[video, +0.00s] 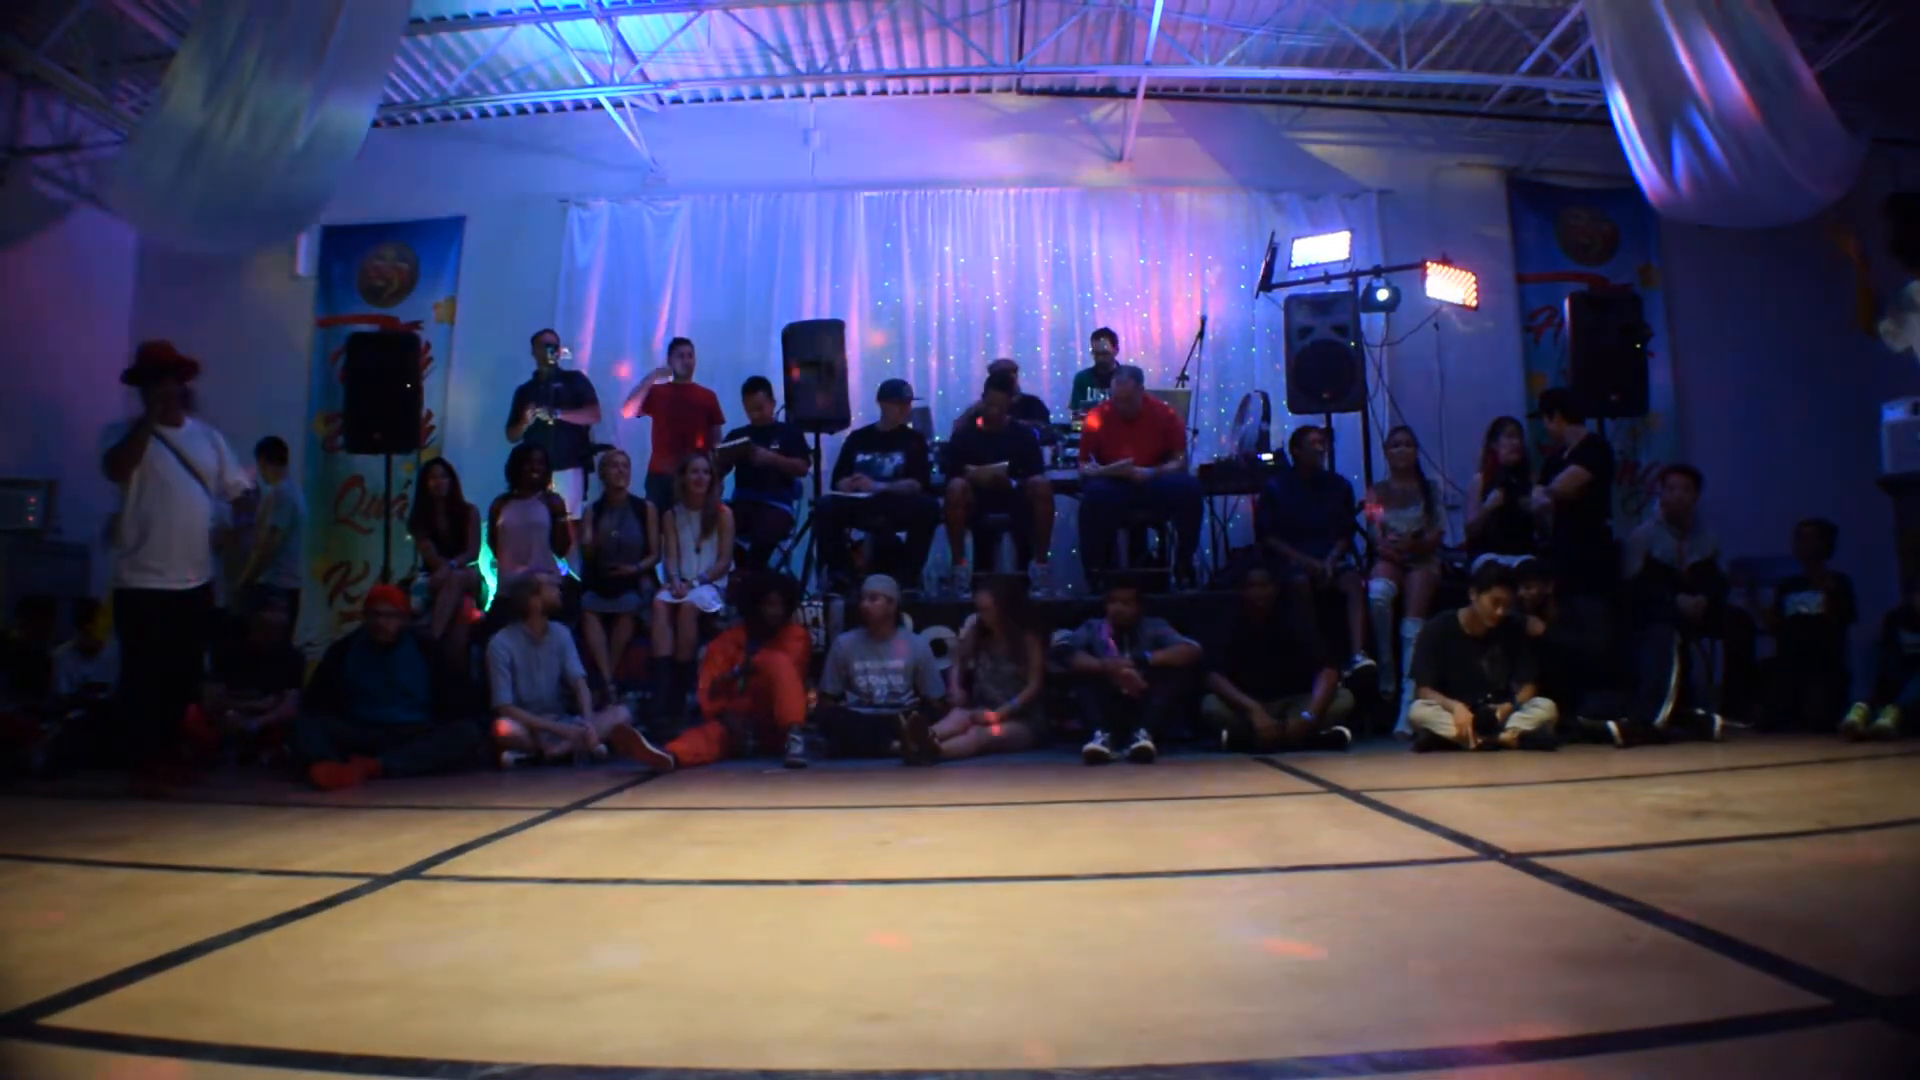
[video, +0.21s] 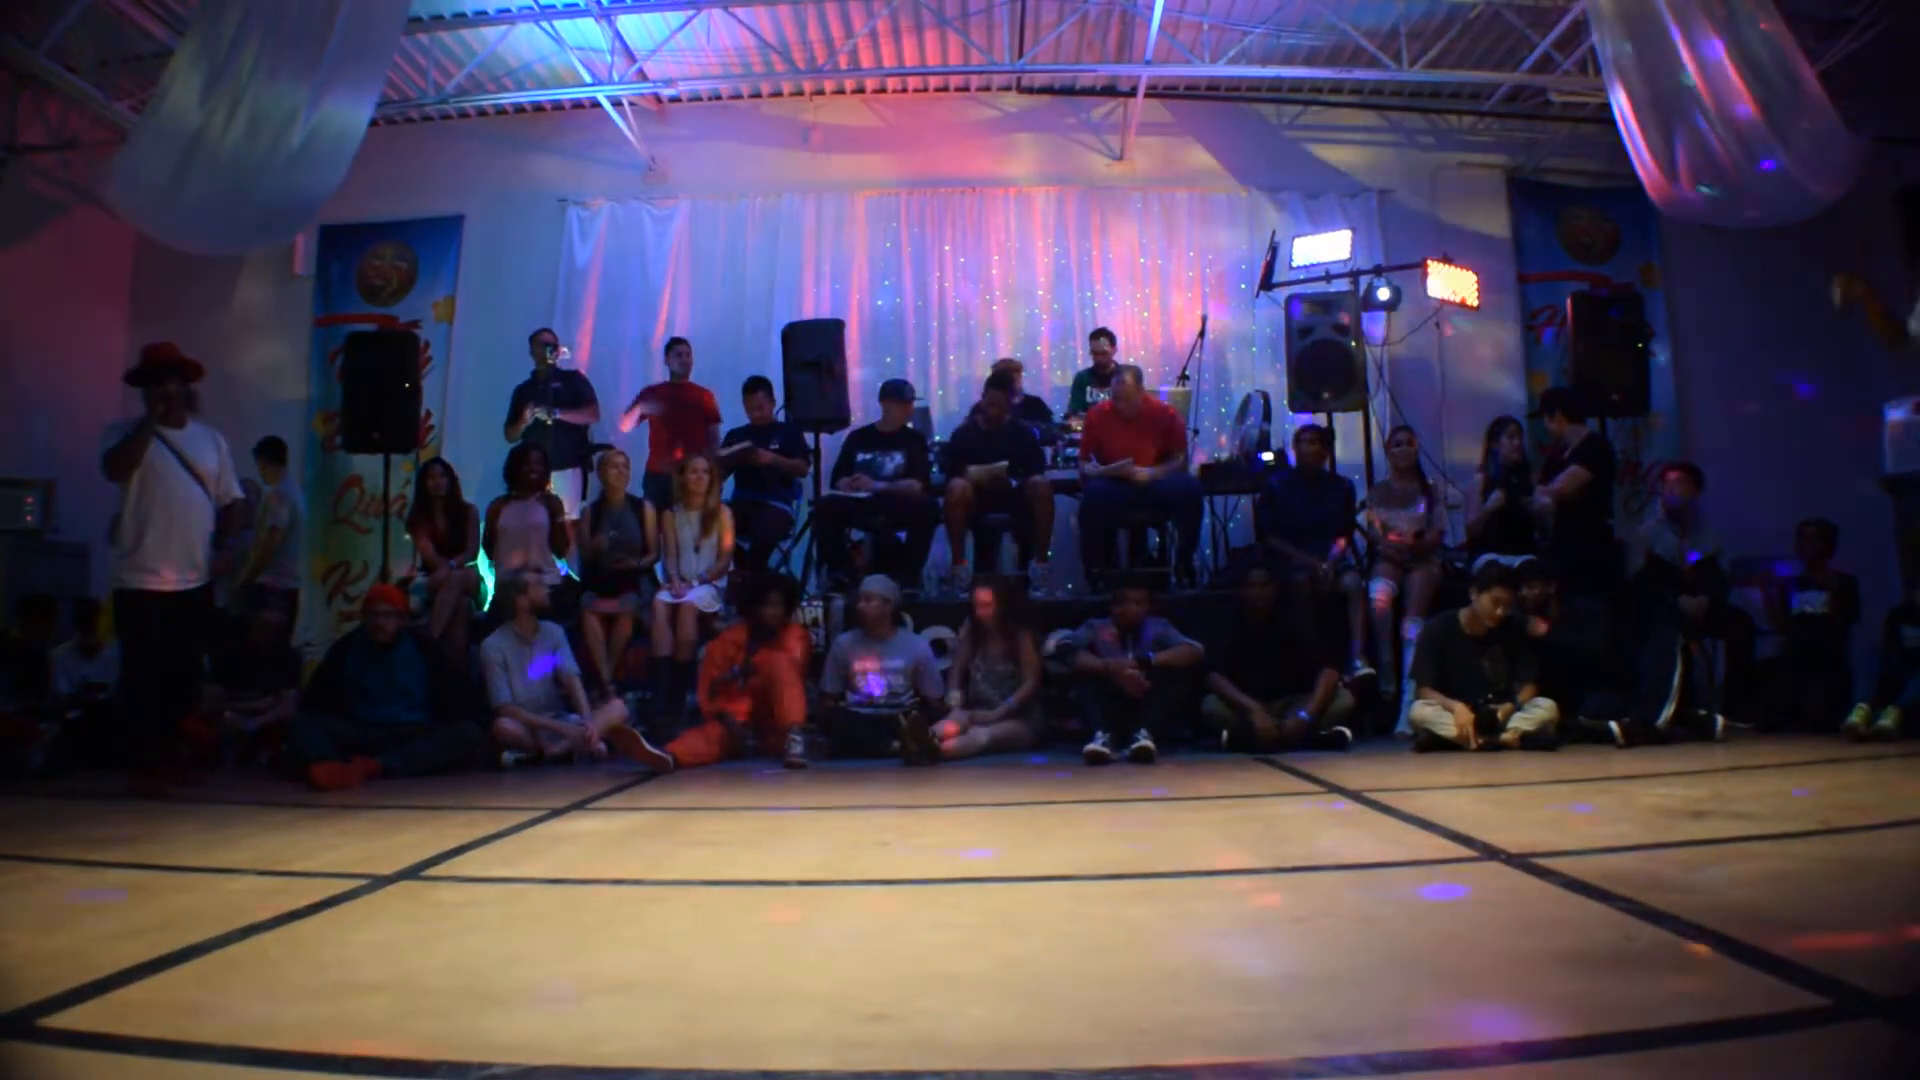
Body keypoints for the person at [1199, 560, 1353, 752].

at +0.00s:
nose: (1259, 592)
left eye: (1265, 586)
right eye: (1252, 587)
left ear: (1275, 589)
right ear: (1243, 592)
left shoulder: (1292, 620)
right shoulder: (1234, 626)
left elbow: (1329, 669)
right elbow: (1214, 676)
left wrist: (1310, 716)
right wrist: (1255, 710)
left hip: (1294, 699)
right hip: (1247, 702)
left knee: (1343, 698)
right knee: (1211, 706)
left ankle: (1253, 739)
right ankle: (1305, 738)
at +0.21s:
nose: (1259, 592)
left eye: (1264, 586)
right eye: (1252, 587)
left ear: (1274, 589)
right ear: (1243, 592)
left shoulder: (1291, 621)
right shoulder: (1234, 627)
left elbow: (1330, 670)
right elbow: (1214, 676)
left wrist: (1305, 716)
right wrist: (1255, 710)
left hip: (1293, 700)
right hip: (1247, 705)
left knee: (1343, 699)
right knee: (1211, 706)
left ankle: (1254, 740)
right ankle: (1306, 740)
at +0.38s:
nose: (1260, 592)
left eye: (1265, 586)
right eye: (1252, 587)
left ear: (1276, 589)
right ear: (1243, 591)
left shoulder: (1294, 621)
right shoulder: (1234, 626)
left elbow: (1329, 669)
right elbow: (1214, 676)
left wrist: (1306, 715)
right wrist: (1255, 710)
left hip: (1294, 700)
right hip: (1247, 704)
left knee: (1343, 699)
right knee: (1211, 706)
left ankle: (1254, 740)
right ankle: (1308, 739)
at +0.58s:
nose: (1255, 593)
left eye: (1261, 587)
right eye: (1250, 587)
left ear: (1273, 590)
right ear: (1242, 590)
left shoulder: (1293, 622)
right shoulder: (1233, 625)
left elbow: (1328, 671)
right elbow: (1214, 676)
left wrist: (1303, 715)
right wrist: (1253, 710)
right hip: (1247, 706)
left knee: (1342, 699)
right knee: (1210, 705)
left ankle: (1254, 740)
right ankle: (1306, 738)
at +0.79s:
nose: (1253, 594)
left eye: (1259, 588)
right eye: (1248, 588)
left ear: (1272, 591)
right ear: (1240, 592)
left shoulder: (1294, 623)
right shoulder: (1232, 627)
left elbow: (1328, 670)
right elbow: (1213, 675)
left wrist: (1303, 715)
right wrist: (1254, 711)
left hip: (1293, 700)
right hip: (1249, 706)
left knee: (1343, 699)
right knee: (1211, 705)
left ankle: (1255, 741)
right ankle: (1308, 739)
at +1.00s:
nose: (1241, 598)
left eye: (1248, 591)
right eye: (1238, 591)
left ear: (1268, 592)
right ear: (1232, 593)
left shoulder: (1293, 624)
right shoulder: (1230, 628)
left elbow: (1328, 671)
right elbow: (1213, 675)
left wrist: (1303, 716)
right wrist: (1254, 710)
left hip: (1294, 698)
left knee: (1343, 699)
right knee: (1211, 705)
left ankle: (1255, 741)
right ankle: (1309, 740)